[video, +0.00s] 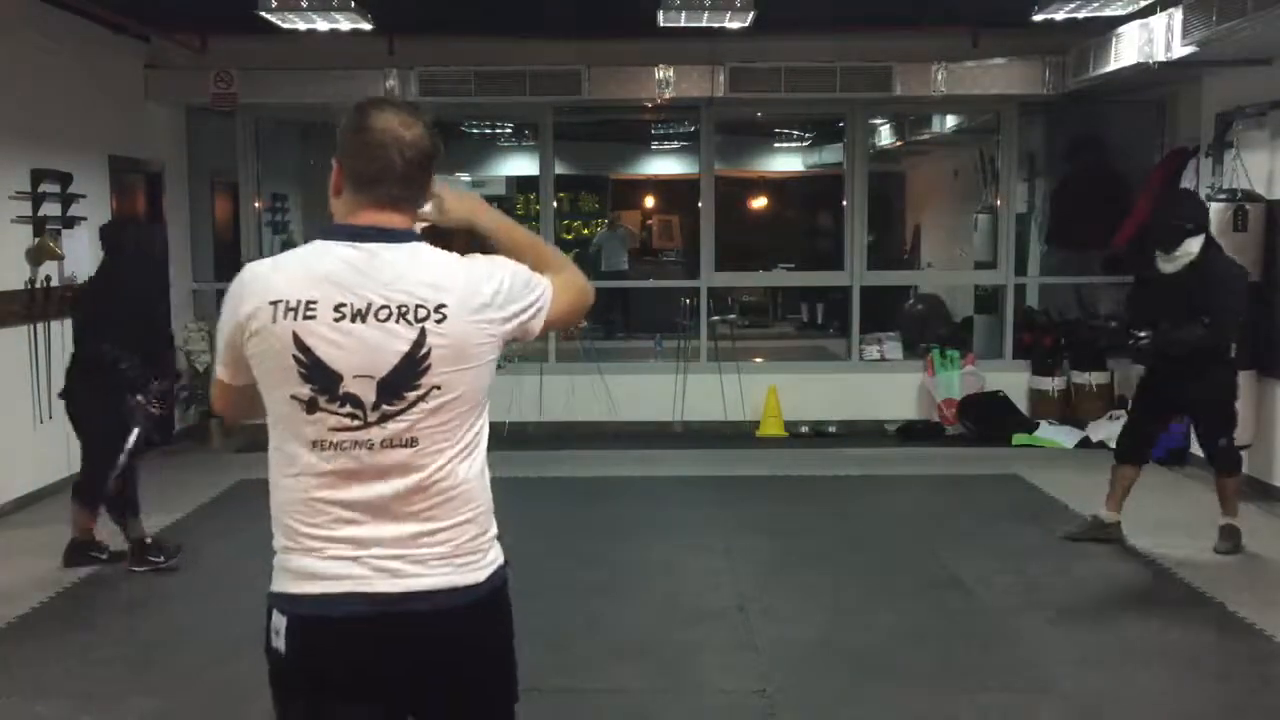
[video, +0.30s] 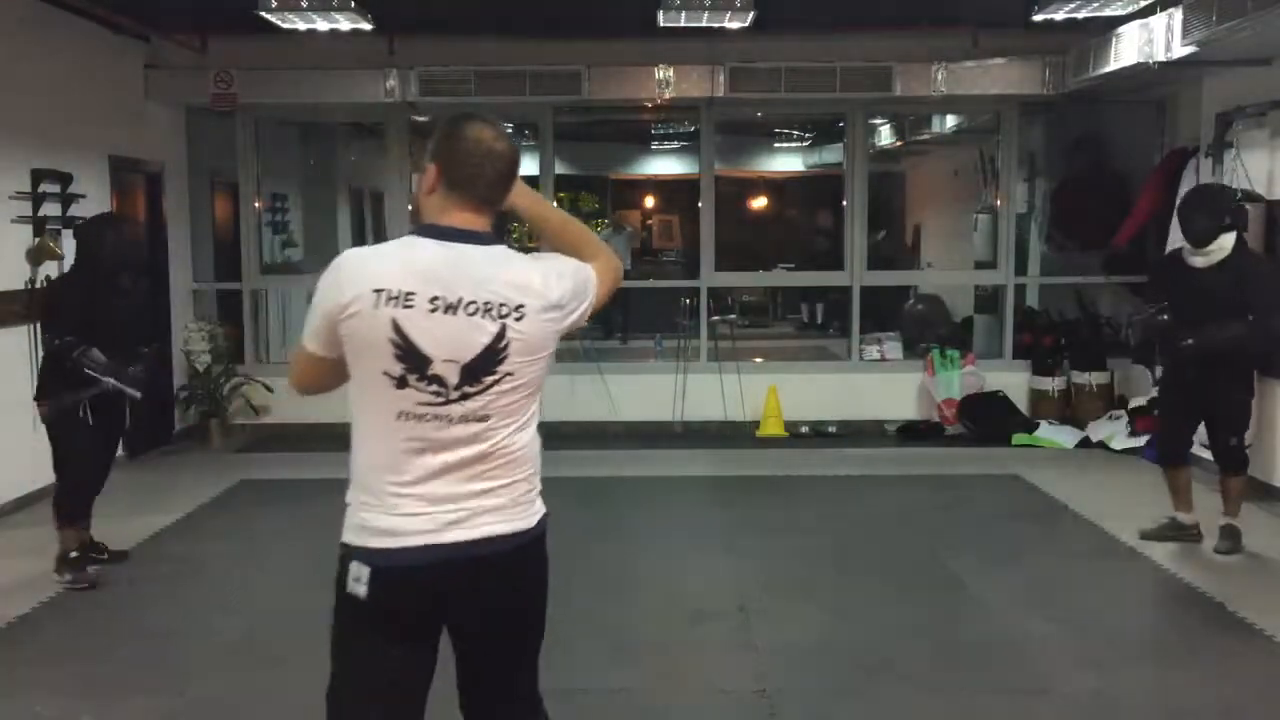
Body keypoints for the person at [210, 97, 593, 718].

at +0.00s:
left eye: (329, 169)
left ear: (336, 178)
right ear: (428, 191)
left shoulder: (261, 287)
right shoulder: (479, 286)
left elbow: (232, 406)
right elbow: (573, 289)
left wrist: (313, 390)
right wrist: (481, 213)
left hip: (317, 616)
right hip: (458, 613)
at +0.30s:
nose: (419, 178)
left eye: (423, 168)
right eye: (425, 168)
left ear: (431, 177)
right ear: (505, 195)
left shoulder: (357, 274)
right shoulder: (543, 284)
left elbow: (307, 377)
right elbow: (605, 265)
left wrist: (382, 334)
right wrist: (515, 190)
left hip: (387, 558)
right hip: (505, 555)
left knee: (371, 709)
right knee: (508, 706)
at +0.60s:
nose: (458, 170)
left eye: (460, 159)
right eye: (460, 159)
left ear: (469, 170)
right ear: (535, 185)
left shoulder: (403, 258)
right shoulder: (569, 267)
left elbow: (341, 354)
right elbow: (591, 237)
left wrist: (408, 322)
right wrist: (529, 178)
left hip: (426, 516)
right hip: (530, 513)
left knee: (424, 672)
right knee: (517, 681)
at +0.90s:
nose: (454, 186)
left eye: (457, 179)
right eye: (457, 178)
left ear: (463, 189)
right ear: (526, 201)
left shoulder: (406, 275)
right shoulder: (557, 273)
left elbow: (351, 362)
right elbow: (552, 235)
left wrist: (400, 316)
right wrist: (513, 179)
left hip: (436, 499)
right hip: (532, 492)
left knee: (452, 657)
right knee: (523, 653)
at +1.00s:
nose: (447, 188)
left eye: (451, 180)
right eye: (452, 180)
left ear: (457, 189)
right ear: (518, 198)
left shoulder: (402, 272)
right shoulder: (548, 268)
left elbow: (353, 358)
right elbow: (541, 227)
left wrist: (399, 314)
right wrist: (505, 166)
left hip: (430, 490)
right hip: (524, 488)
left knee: (452, 646)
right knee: (531, 640)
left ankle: (464, 716)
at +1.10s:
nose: (441, 183)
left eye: (446, 175)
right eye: (448, 175)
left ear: (453, 185)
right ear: (513, 196)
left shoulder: (400, 267)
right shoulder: (541, 264)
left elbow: (353, 351)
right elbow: (536, 225)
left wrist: (405, 307)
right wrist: (499, 170)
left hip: (433, 480)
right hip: (524, 477)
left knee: (452, 629)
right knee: (532, 610)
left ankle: (465, 716)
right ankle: (527, 714)